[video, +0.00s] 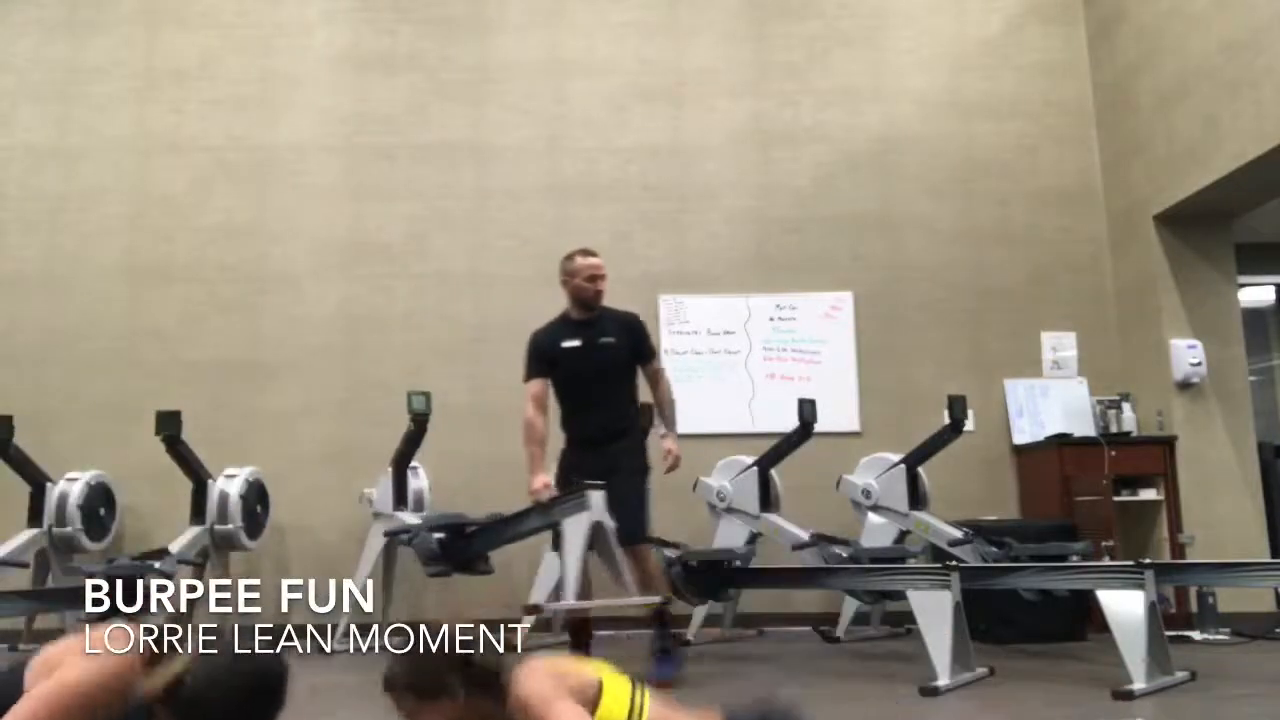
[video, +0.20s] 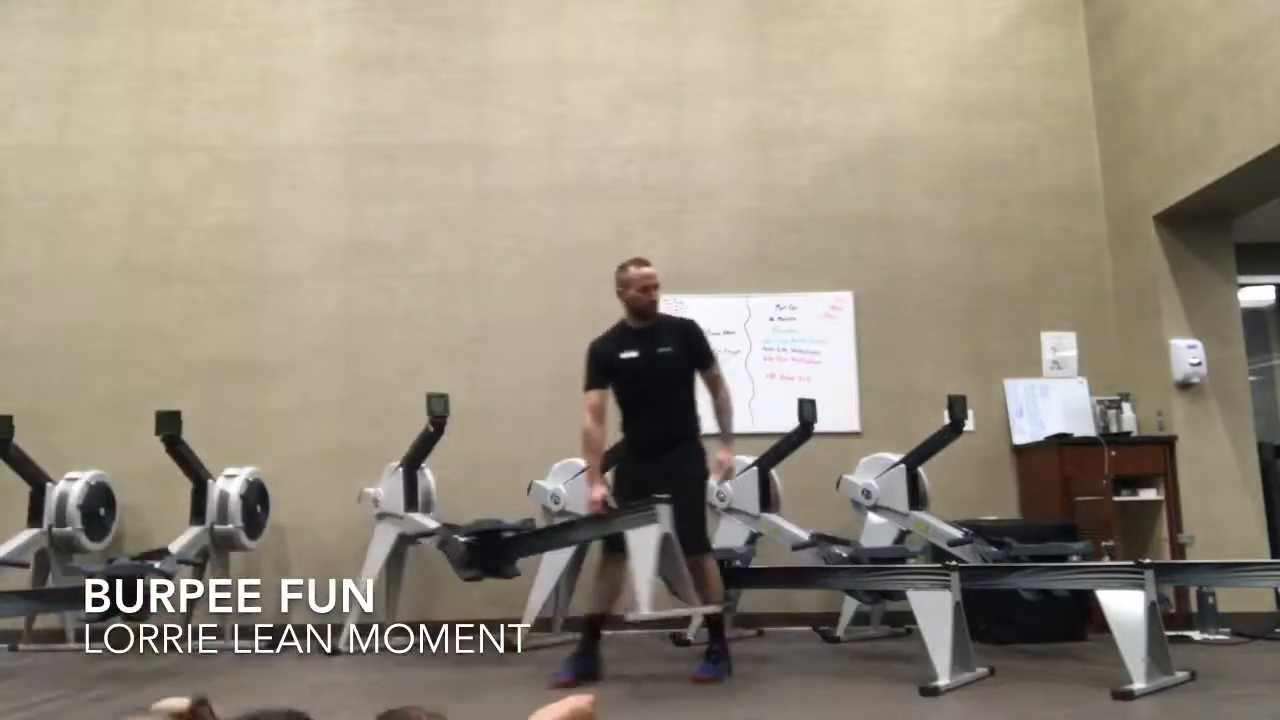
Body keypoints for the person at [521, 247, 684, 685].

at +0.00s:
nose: (599, 285)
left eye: (602, 278)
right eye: (590, 279)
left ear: (606, 280)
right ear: (566, 283)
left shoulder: (629, 327)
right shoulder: (545, 340)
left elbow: (657, 380)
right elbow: (536, 408)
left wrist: (670, 432)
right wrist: (537, 472)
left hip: (626, 450)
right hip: (579, 452)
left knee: (635, 543)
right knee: (570, 550)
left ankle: (665, 639)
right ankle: (580, 651)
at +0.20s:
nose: (652, 294)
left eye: (655, 287)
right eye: (643, 289)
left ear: (660, 288)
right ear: (621, 294)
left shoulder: (685, 333)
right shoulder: (605, 348)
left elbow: (717, 388)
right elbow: (593, 418)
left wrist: (726, 447)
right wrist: (594, 480)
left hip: (684, 457)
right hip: (634, 460)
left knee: (696, 552)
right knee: (611, 554)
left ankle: (718, 647)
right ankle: (587, 651)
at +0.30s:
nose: (663, 300)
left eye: (666, 291)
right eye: (653, 294)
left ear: (671, 290)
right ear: (632, 298)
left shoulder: (701, 331)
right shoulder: (621, 352)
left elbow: (738, 383)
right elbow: (615, 423)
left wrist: (755, 441)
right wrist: (619, 488)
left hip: (701, 456)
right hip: (653, 460)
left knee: (709, 550)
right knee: (642, 549)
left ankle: (719, 644)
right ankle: (643, 645)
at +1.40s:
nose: (673, 301)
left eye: (677, 293)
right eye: (664, 297)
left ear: (688, 293)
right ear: (653, 304)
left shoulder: (726, 328)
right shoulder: (650, 358)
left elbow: (761, 377)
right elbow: (643, 422)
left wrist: (776, 430)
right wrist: (651, 462)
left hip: (744, 450)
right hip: (696, 460)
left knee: (772, 521)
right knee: (696, 550)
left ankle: (740, 596)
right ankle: (703, 643)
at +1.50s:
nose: (687, 297)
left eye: (691, 288)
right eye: (678, 292)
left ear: (701, 290)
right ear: (666, 299)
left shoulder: (737, 327)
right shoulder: (659, 354)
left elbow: (771, 378)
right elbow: (650, 419)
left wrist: (785, 432)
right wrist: (656, 472)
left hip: (752, 450)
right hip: (703, 458)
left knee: (785, 523)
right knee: (700, 551)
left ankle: (787, 620)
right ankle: (703, 643)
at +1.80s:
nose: (749, 289)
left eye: (756, 281)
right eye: (742, 282)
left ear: (770, 283)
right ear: (732, 287)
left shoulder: (803, 331)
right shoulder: (720, 341)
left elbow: (834, 388)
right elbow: (706, 409)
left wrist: (845, 452)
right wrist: (704, 474)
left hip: (799, 458)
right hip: (748, 460)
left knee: (819, 550)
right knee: (730, 553)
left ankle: (843, 652)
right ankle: (710, 644)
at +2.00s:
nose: (771, 276)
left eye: (779, 268)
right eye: (764, 269)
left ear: (799, 272)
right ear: (758, 275)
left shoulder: (831, 320)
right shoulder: (747, 327)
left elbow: (868, 379)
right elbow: (741, 395)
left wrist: (876, 445)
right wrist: (752, 454)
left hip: (823, 448)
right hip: (773, 450)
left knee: (833, 548)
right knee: (762, 542)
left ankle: (844, 652)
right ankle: (778, 642)